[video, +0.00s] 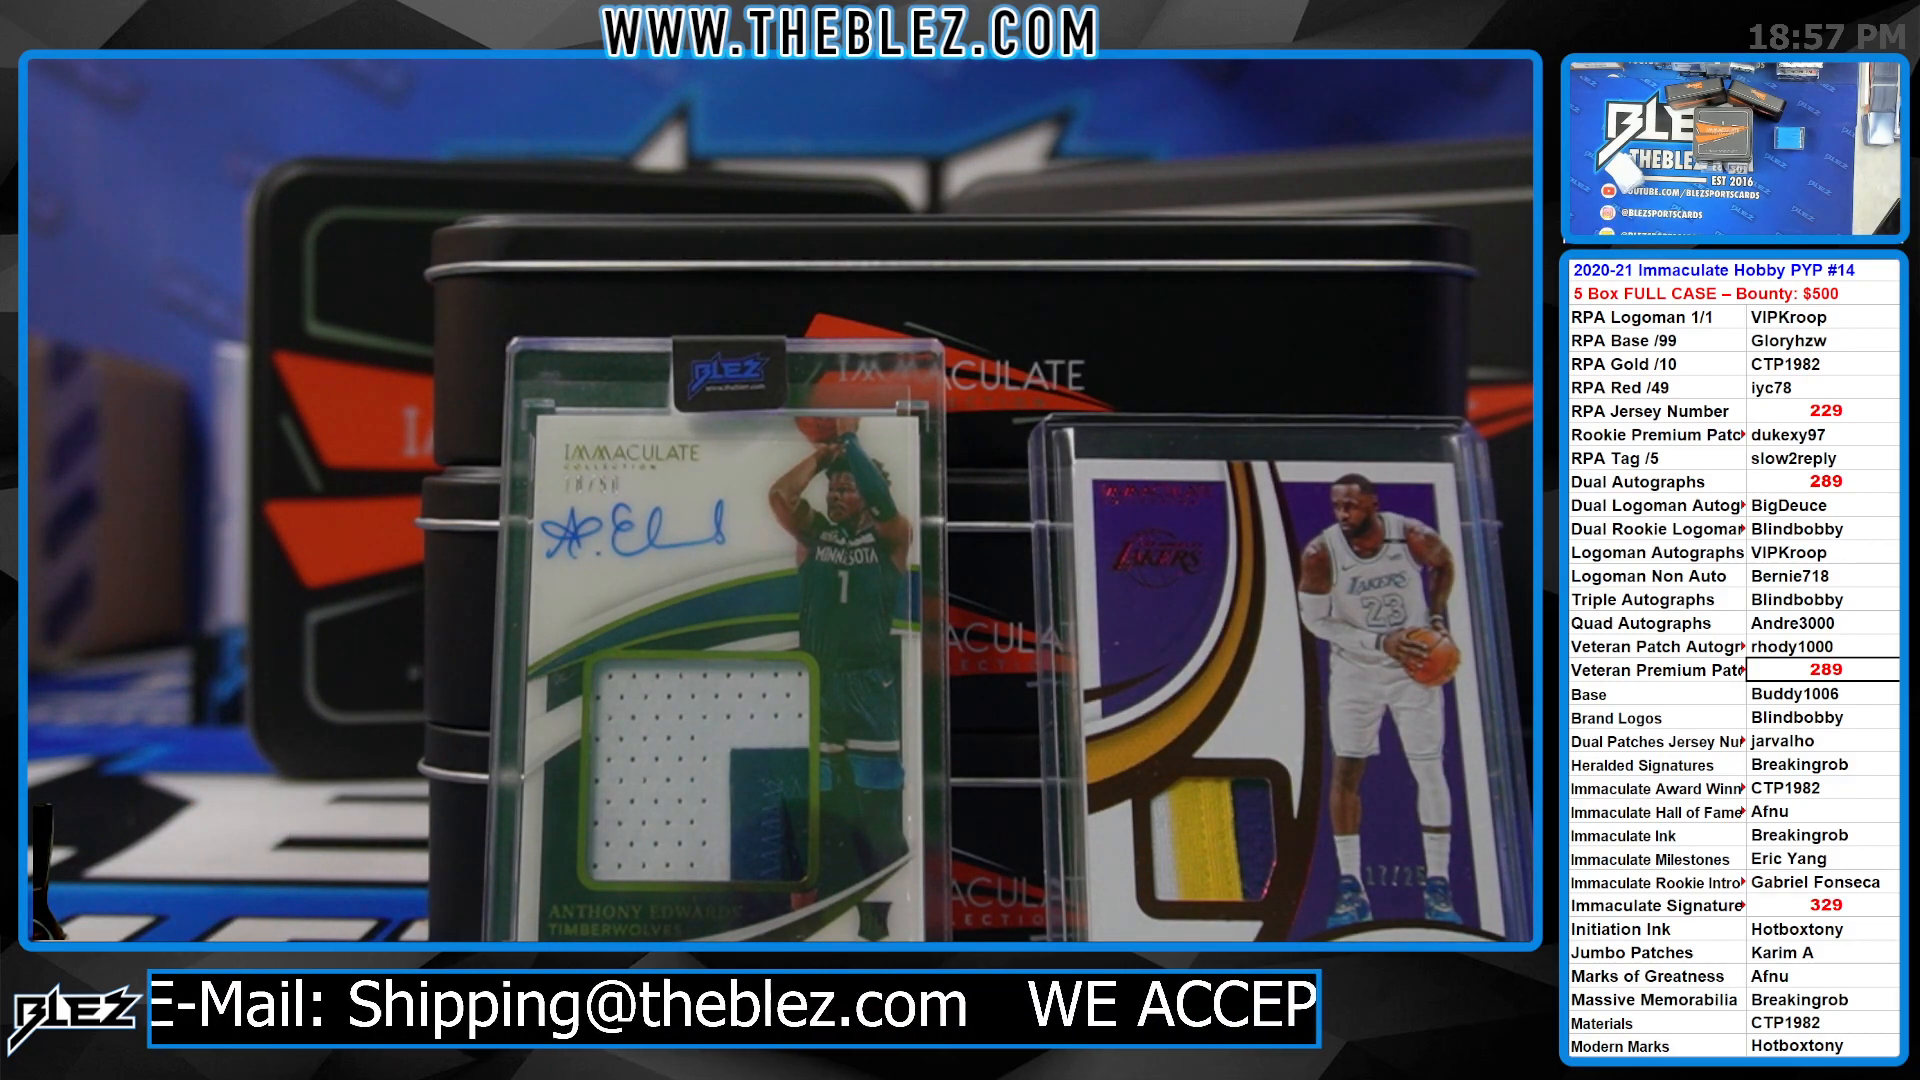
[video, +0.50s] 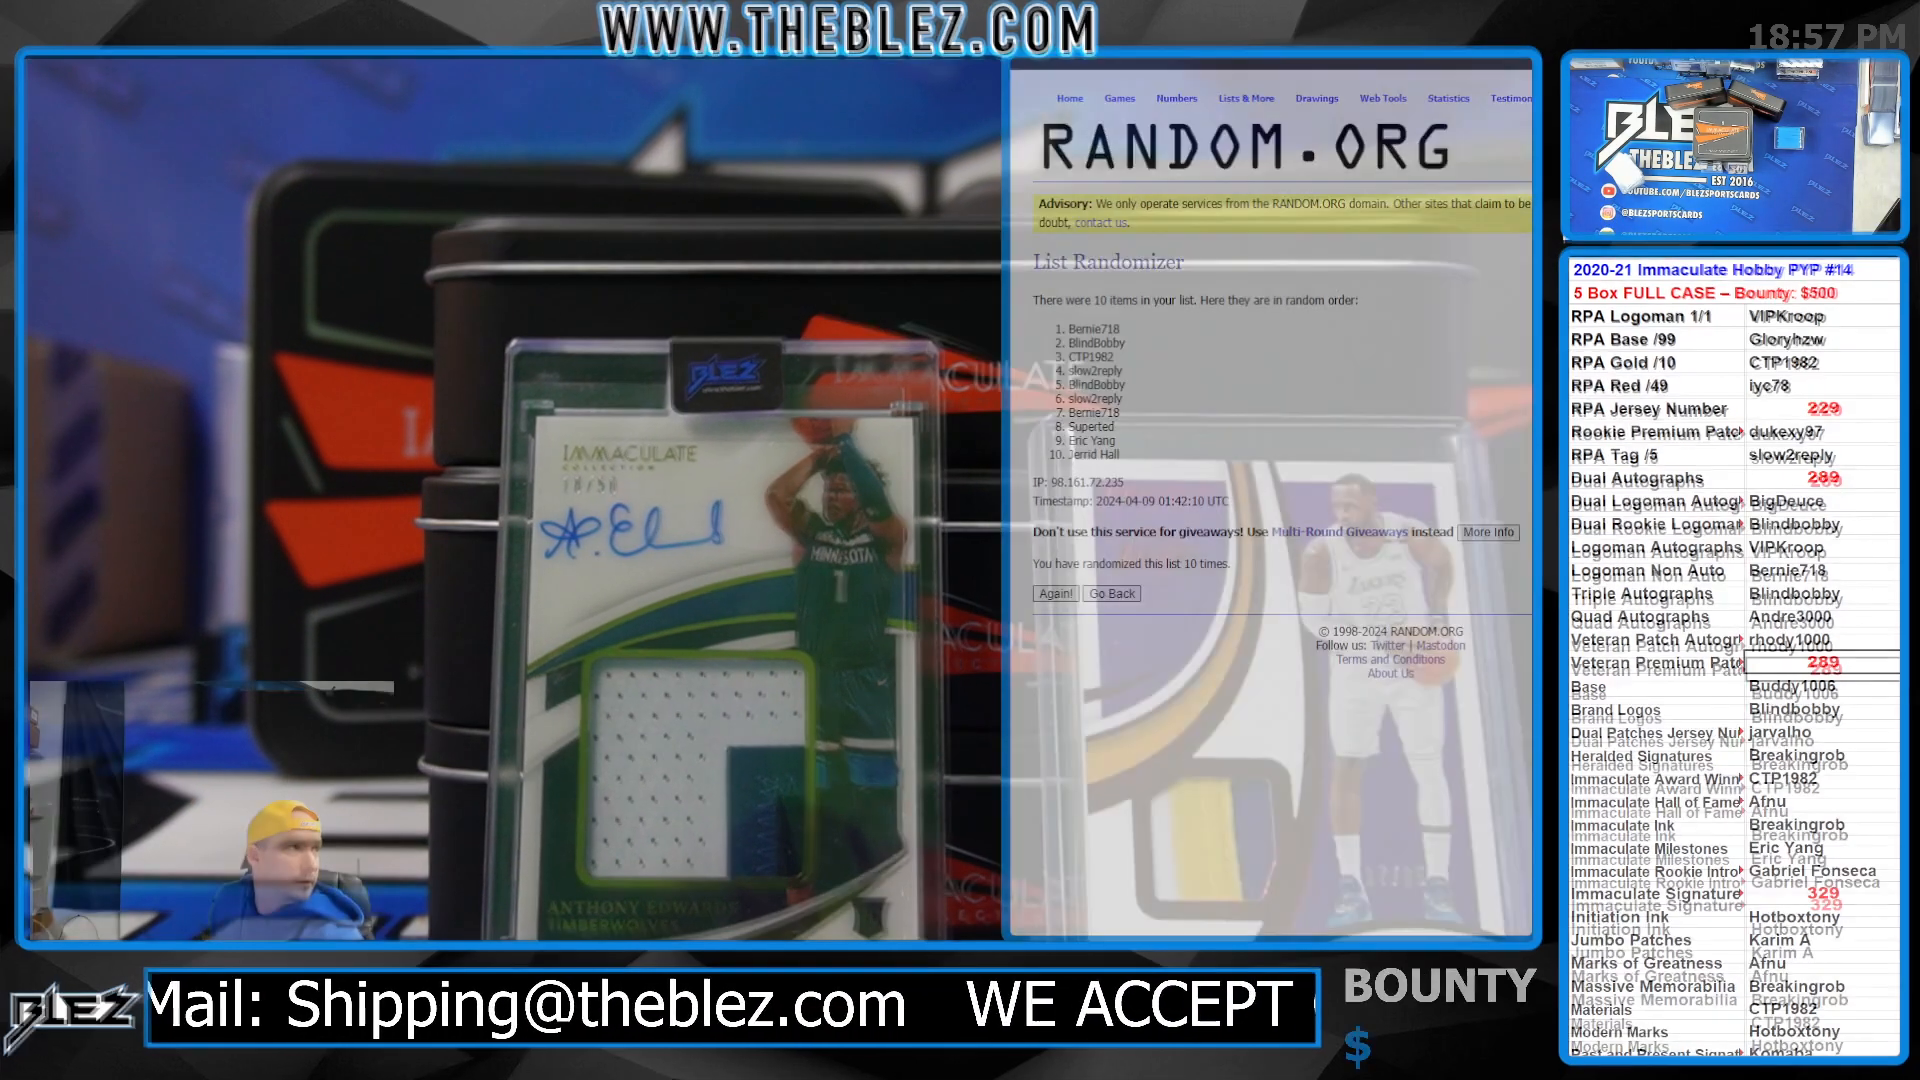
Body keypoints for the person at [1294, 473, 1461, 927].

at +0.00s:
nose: (1342, 514)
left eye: (1351, 505)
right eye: (1337, 506)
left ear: (1373, 505)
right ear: (1332, 509)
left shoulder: (1413, 536)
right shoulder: (1319, 555)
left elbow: (1444, 565)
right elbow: (1315, 621)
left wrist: (1436, 618)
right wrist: (1379, 641)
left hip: (1414, 673)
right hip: (1354, 674)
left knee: (1430, 771)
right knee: (1348, 773)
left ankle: (1438, 884)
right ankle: (1350, 888)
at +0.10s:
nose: (1342, 514)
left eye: (1350, 505)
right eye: (1337, 506)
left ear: (1373, 505)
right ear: (1332, 509)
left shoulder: (1413, 536)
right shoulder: (1319, 555)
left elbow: (1444, 565)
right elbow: (1315, 621)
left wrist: (1436, 617)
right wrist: (1379, 641)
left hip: (1414, 673)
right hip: (1354, 675)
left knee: (1430, 772)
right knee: (1348, 773)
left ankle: (1438, 885)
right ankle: (1350, 888)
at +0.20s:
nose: (1342, 514)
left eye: (1350, 505)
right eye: (1337, 506)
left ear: (1373, 505)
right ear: (1332, 509)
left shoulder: (1413, 536)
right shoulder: (1319, 555)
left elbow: (1444, 565)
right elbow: (1315, 621)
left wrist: (1436, 617)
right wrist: (1379, 642)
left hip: (1414, 673)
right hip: (1354, 674)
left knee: (1430, 771)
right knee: (1348, 773)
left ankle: (1438, 885)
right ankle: (1350, 888)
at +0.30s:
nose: (1342, 514)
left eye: (1351, 505)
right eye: (1337, 506)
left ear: (1373, 505)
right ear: (1332, 509)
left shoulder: (1413, 536)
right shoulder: (1319, 555)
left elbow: (1444, 565)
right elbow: (1315, 621)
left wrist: (1436, 617)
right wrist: (1379, 642)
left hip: (1414, 673)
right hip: (1354, 674)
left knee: (1430, 771)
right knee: (1348, 772)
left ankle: (1438, 885)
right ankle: (1350, 888)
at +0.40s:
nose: (1343, 513)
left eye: (1351, 505)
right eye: (1337, 506)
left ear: (1373, 505)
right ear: (1332, 509)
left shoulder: (1413, 536)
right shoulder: (1319, 555)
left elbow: (1444, 565)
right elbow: (1315, 621)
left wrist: (1436, 616)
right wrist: (1379, 641)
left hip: (1414, 673)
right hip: (1354, 675)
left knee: (1429, 771)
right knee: (1348, 773)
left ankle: (1438, 885)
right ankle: (1350, 888)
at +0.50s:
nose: (1345, 514)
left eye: (1353, 505)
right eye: (1338, 507)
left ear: (1373, 503)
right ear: (1331, 510)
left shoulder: (1407, 532)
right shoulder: (1322, 551)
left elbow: (1443, 563)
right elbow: (1314, 622)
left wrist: (1434, 620)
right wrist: (1364, 646)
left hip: (1415, 674)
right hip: (1353, 677)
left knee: (1429, 772)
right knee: (1348, 772)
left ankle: (1437, 884)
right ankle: (1350, 887)